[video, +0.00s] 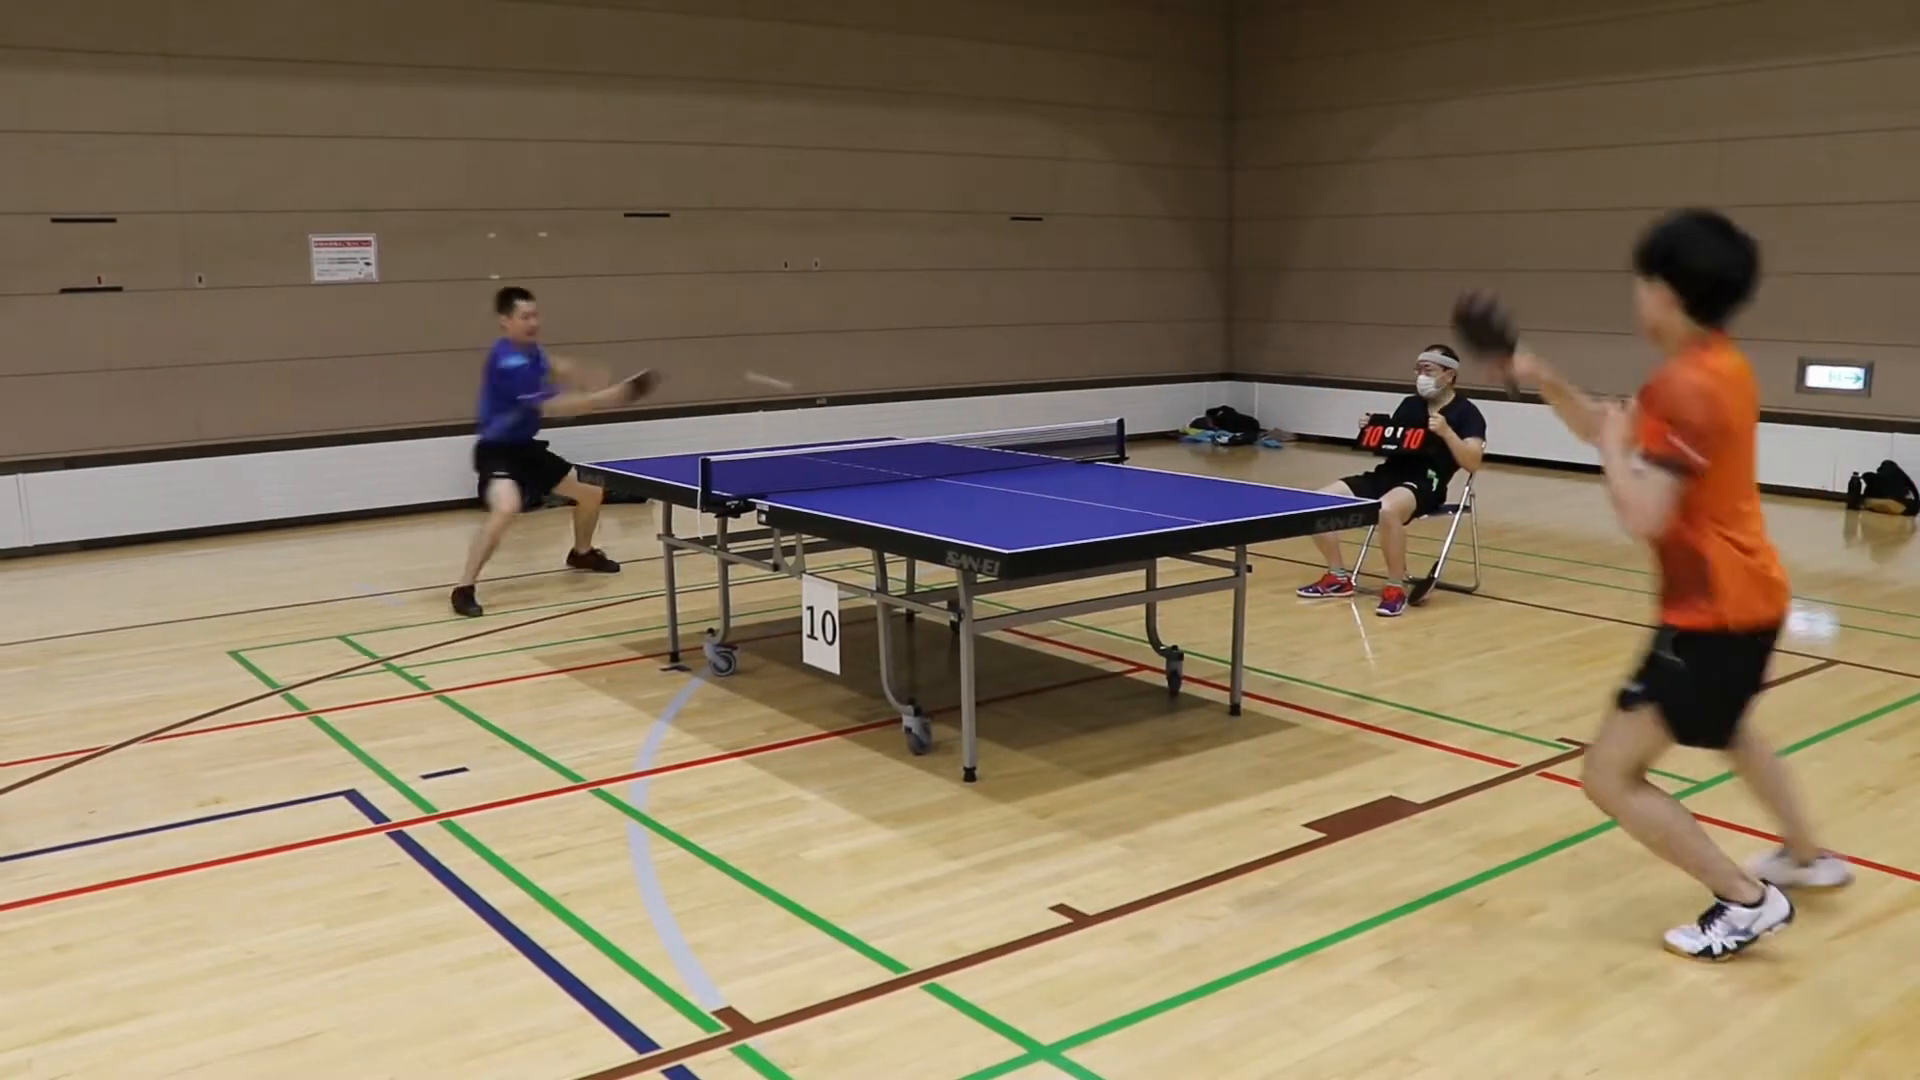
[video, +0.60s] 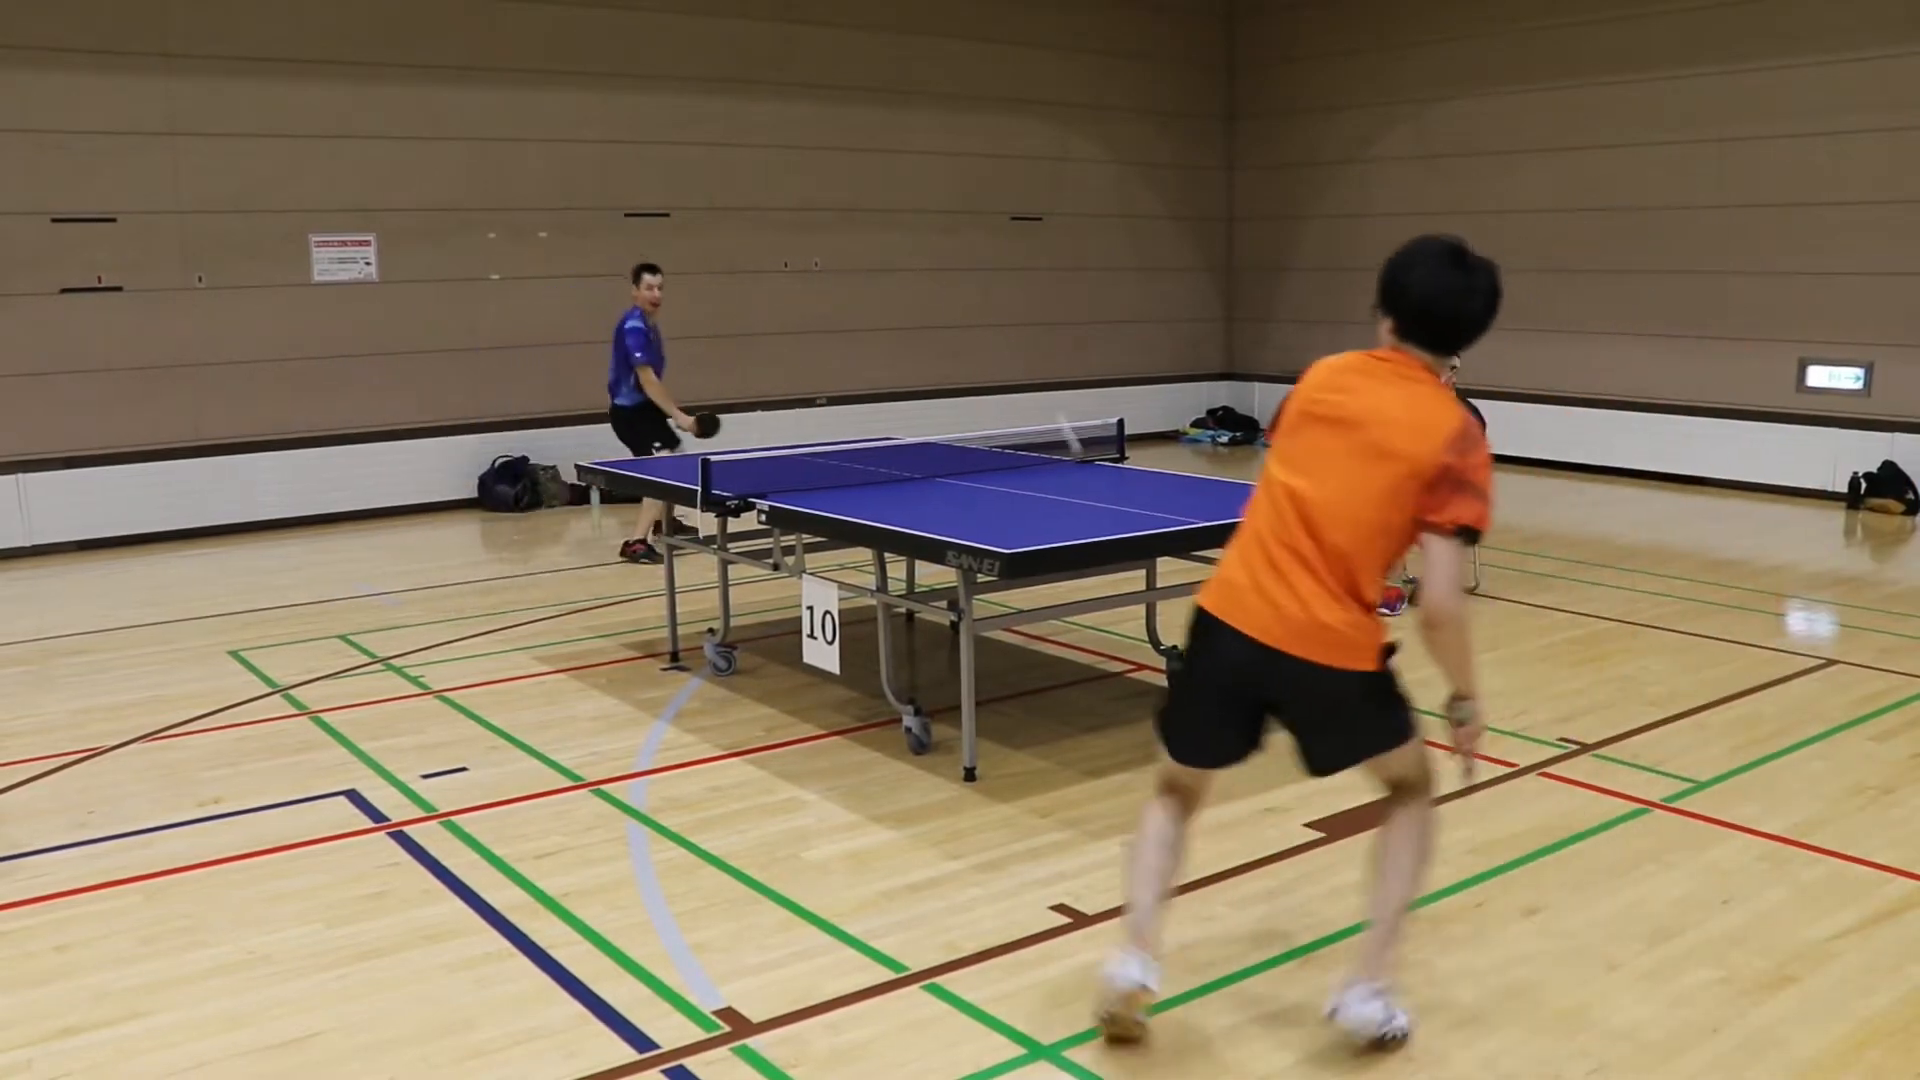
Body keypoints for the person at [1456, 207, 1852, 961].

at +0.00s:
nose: (1638, 296)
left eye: (1646, 283)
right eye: (1642, 281)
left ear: (1675, 295)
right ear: (1705, 296)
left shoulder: (1688, 383)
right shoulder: (1722, 366)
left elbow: (1645, 515)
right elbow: (1614, 433)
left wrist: (1614, 446)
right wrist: (1543, 383)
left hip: (1709, 615)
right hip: (1748, 602)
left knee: (1608, 775)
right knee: (1726, 724)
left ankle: (1745, 898)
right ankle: (1807, 853)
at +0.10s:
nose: (1594, 265)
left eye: (1601, 250)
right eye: (1596, 249)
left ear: (1627, 258)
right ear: (1680, 260)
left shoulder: (1621, 341)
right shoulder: (1712, 349)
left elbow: (1571, 470)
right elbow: (1672, 452)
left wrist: (1547, 436)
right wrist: (1565, 435)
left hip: (1623, 589)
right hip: (1691, 586)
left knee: (1547, 747)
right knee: (1633, 719)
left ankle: (1675, 889)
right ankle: (1702, 870)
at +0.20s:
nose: (1549, 278)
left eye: (1555, 263)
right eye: (1551, 263)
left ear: (1583, 271)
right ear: (1641, 277)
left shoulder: (1549, 352)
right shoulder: (1684, 381)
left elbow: (1475, 483)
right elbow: (1670, 514)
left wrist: (1523, 485)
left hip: (1538, 613)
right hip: (1630, 623)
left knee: (1432, 758)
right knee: (1587, 766)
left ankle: (1498, 913)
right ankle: (1592, 939)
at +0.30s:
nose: (1495, 317)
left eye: (1502, 304)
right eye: (1501, 303)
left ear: (1521, 315)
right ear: (1589, 325)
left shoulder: (1471, 392)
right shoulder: (1629, 428)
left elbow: (1381, 517)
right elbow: (1628, 583)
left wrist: (1444, 538)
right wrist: (1550, 569)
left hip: (1461, 644)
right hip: (1562, 662)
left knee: (1335, 796)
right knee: (1564, 798)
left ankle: (1251, 965)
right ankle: (1583, 978)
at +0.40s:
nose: (1438, 341)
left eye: (1445, 330)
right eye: (1447, 329)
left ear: (1455, 344)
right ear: (1533, 361)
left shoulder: (1387, 417)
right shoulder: (1553, 465)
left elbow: (1314, 523)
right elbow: (1572, 624)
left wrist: (1379, 554)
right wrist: (1547, 694)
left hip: (1356, 677)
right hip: (1466, 698)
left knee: (1255, 847)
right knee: (1521, 797)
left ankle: (1178, 1037)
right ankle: (1580, 979)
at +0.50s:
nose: (1408, 321)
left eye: (1413, 310)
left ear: (1413, 327)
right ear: (1498, 352)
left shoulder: (1343, 393)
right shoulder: (1493, 452)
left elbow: (1296, 504)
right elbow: (1495, 619)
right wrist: (1509, 694)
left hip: (1271, 652)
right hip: (1382, 673)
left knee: (1208, 828)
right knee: (1468, 790)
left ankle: (1169, 1015)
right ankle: (1528, 968)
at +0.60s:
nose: (1381, 315)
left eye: (1385, 302)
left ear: (1383, 312)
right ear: (1471, 337)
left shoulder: (1322, 376)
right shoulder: (1454, 431)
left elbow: (1280, 479)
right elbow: (1439, 602)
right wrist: (1464, 693)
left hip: (1226, 624)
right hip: (1332, 653)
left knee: (1175, 791)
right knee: (1410, 789)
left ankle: (1135, 958)